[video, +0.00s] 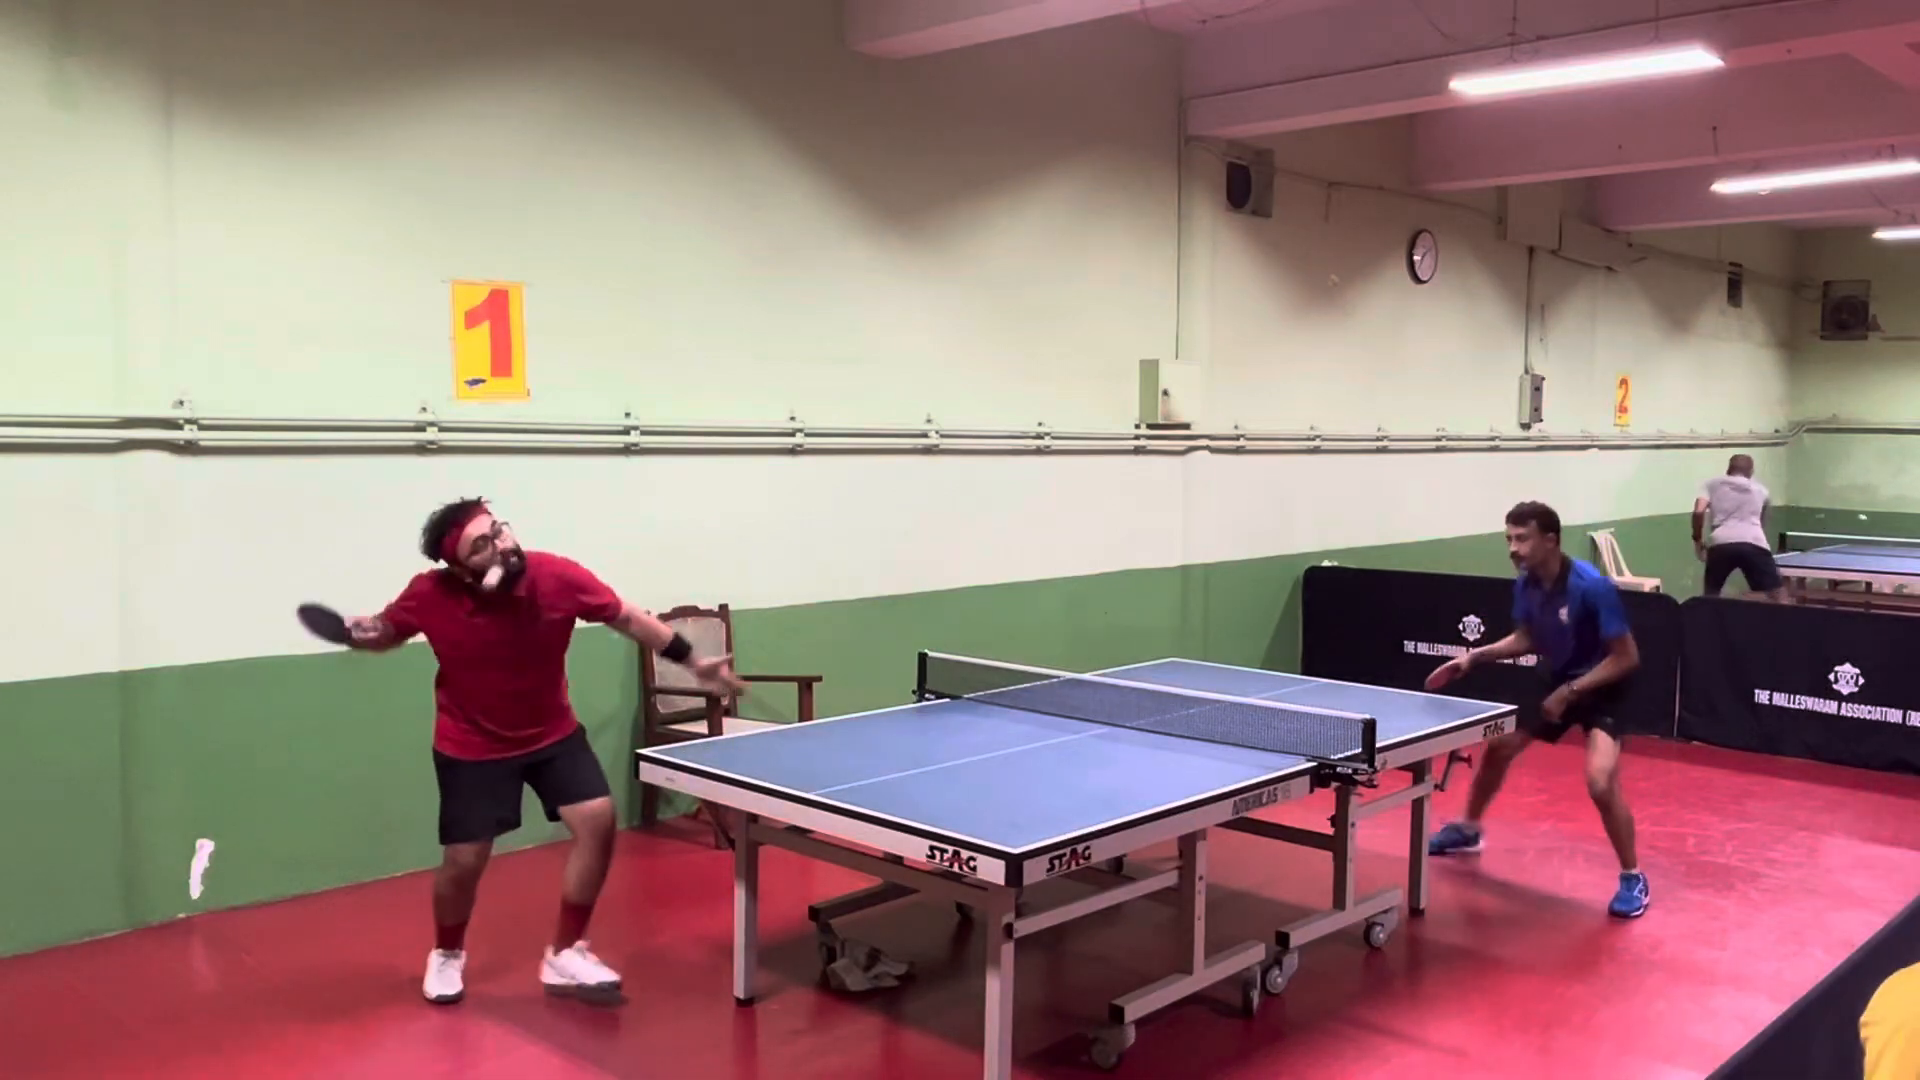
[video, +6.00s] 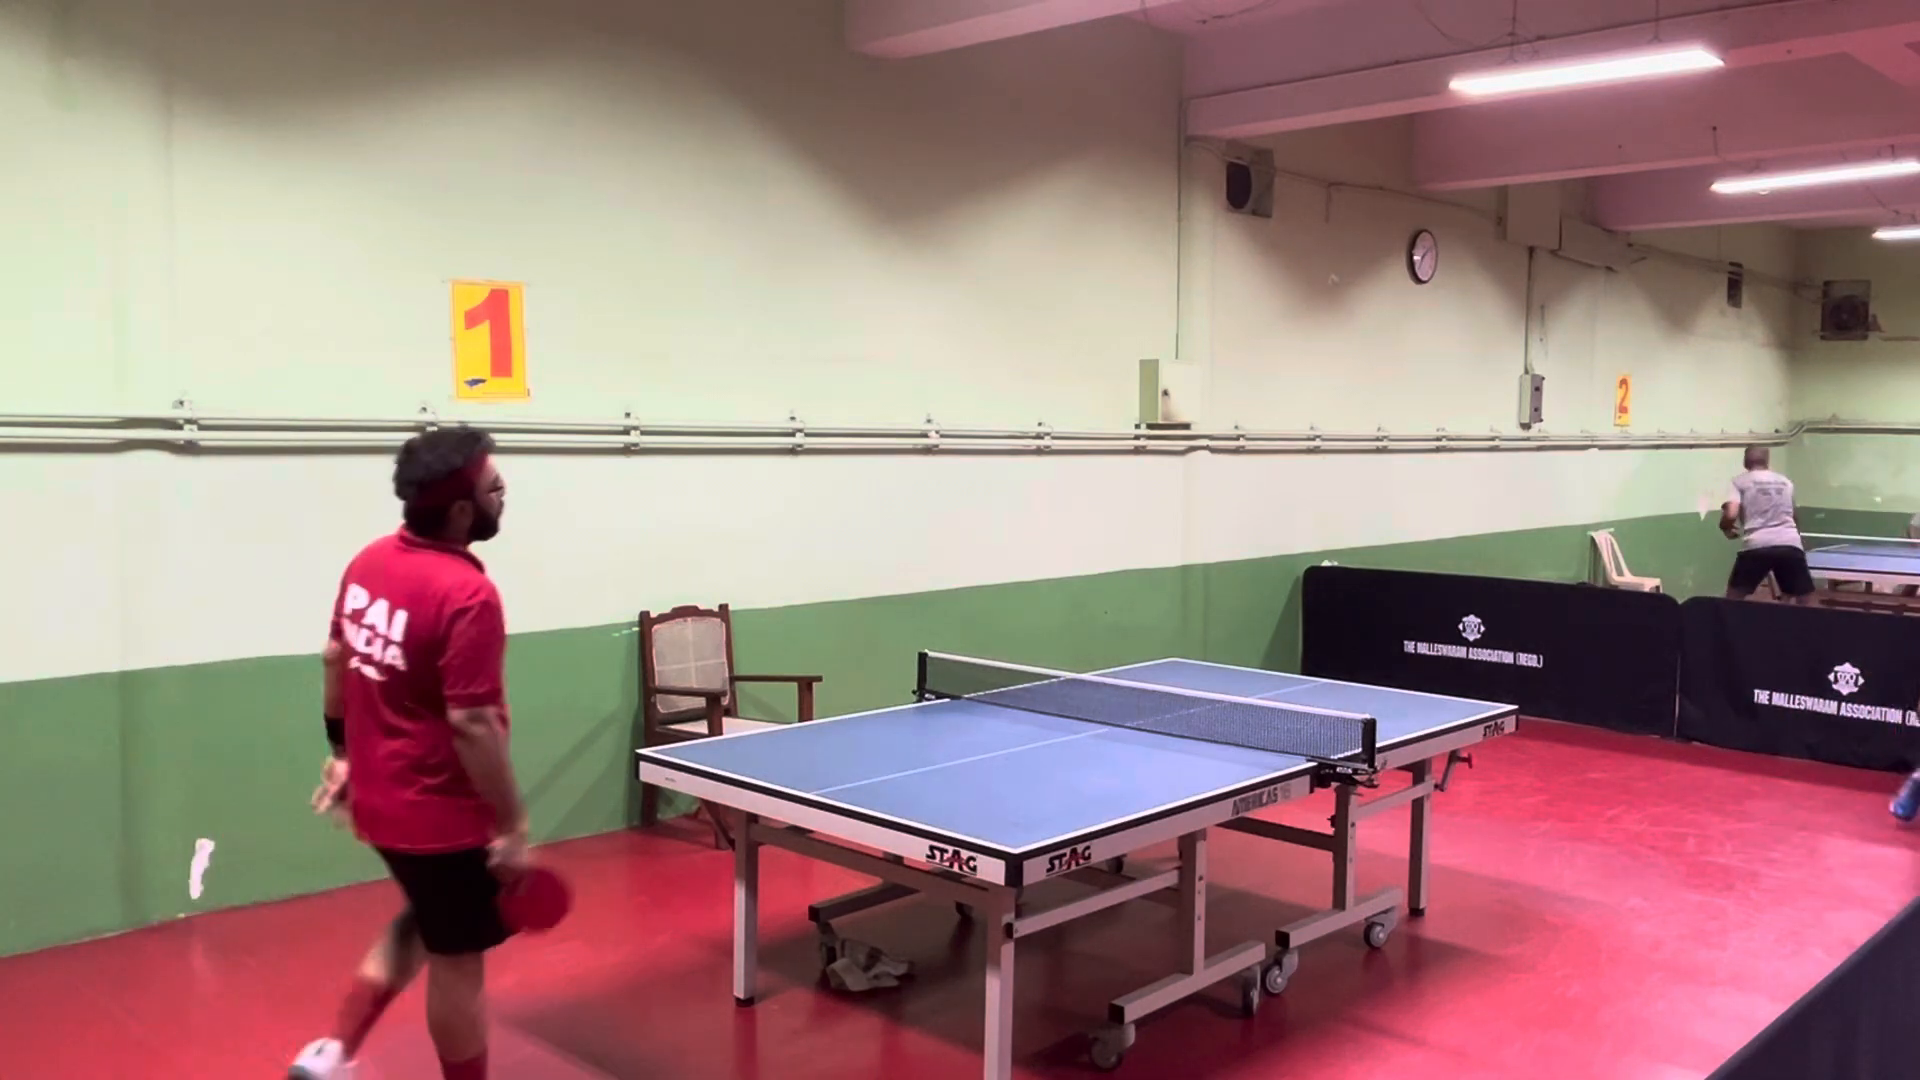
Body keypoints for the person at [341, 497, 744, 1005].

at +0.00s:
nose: (502, 544)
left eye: (499, 530)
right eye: (483, 545)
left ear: (507, 525)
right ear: (459, 567)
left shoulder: (557, 578)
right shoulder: (431, 597)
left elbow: (628, 619)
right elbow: (389, 630)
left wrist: (694, 661)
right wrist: (362, 632)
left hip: (551, 730)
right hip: (471, 741)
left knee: (597, 819)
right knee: (464, 859)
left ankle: (565, 953)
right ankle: (447, 955)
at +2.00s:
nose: (469, 491)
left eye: (464, 480)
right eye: (458, 484)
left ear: (408, 497)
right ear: (424, 498)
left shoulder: (364, 543)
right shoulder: (414, 577)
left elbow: (356, 653)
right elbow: (398, 687)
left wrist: (421, 728)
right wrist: (455, 750)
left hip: (315, 753)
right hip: (364, 765)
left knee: (337, 886)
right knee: (417, 895)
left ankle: (300, 1029)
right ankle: (367, 1065)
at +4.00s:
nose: (241, 583)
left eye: (253, 558)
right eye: (236, 564)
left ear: (320, 541)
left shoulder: (424, 650)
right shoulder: (297, 646)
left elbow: (514, 794)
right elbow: (293, 792)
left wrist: (444, 935)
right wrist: (240, 890)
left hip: (367, 990)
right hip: (286, 985)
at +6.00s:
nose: (503, 491)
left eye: (497, 480)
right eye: (492, 484)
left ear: (433, 501)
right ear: (460, 505)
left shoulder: (370, 562)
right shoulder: (467, 595)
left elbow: (336, 659)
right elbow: (471, 721)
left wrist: (339, 751)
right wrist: (513, 825)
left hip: (379, 803)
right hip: (439, 816)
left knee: (424, 917)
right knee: (457, 958)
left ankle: (331, 1053)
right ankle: (467, 1073)